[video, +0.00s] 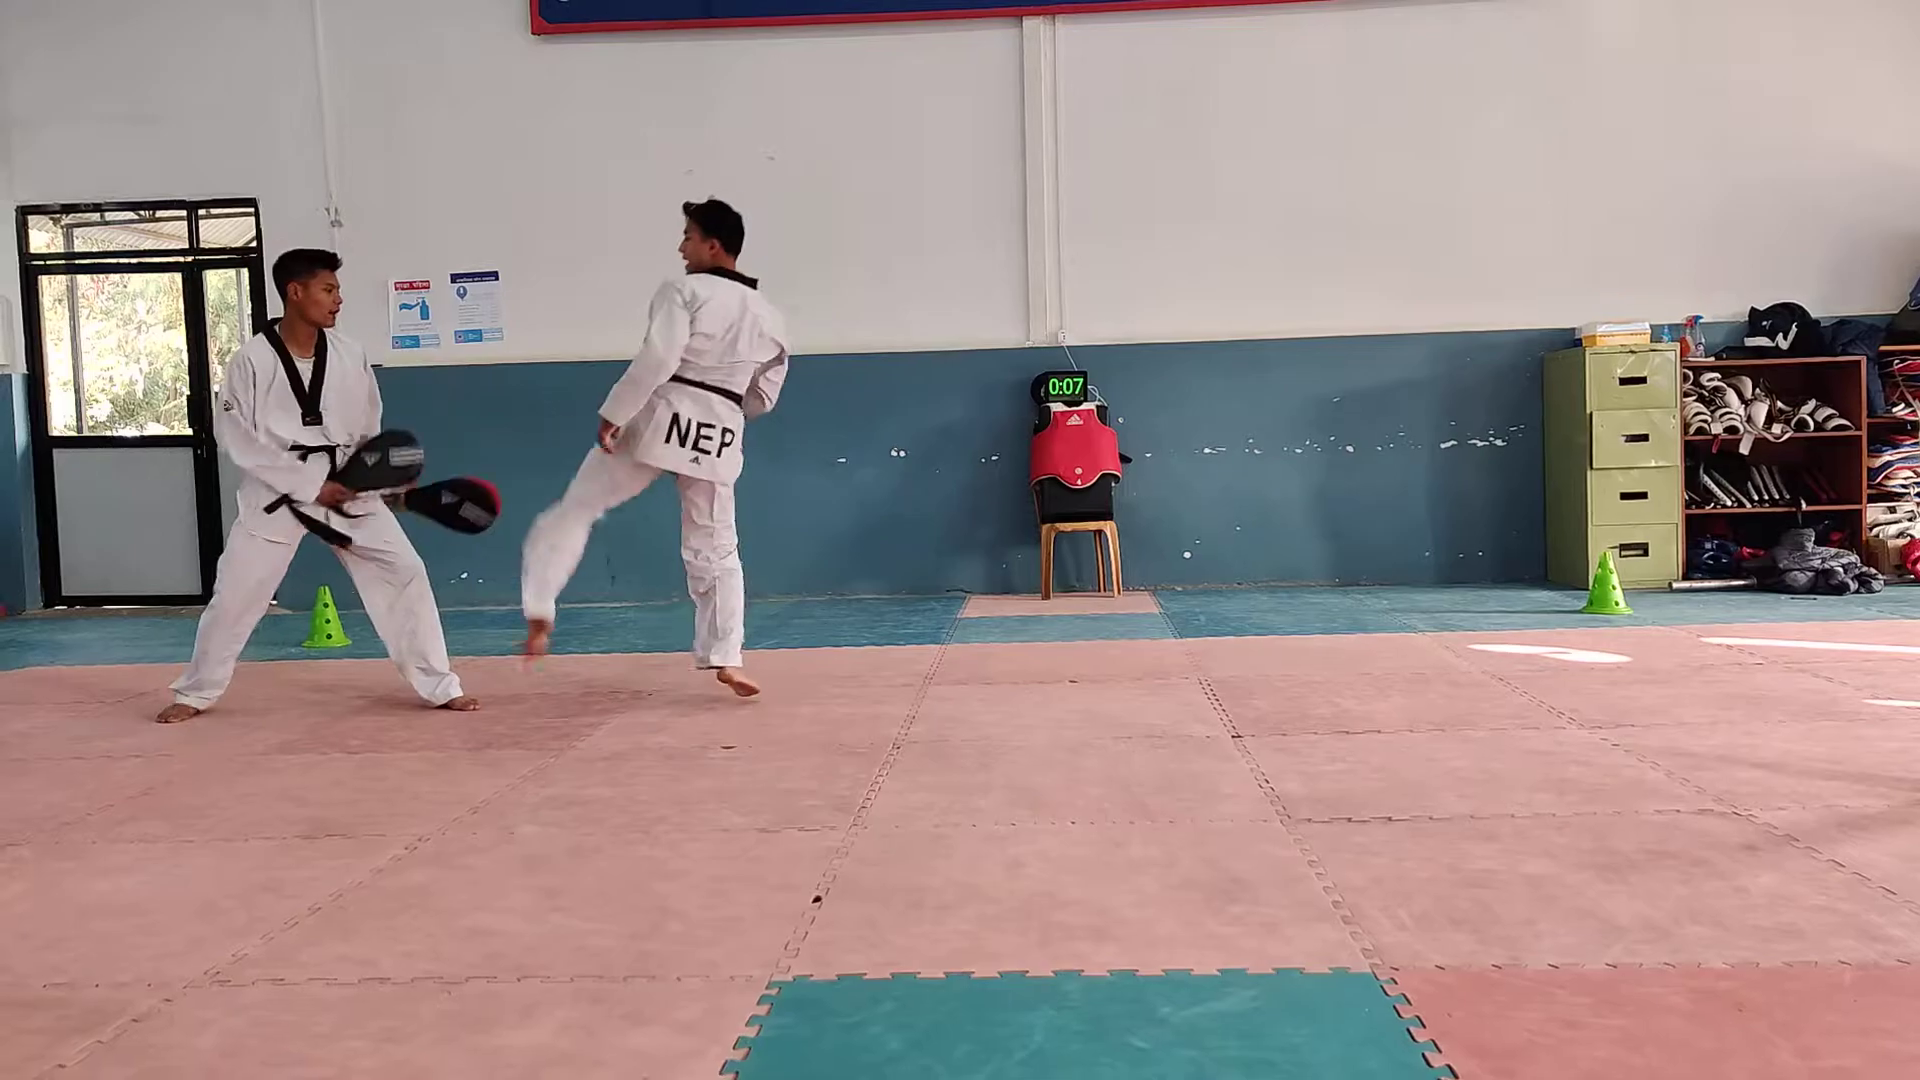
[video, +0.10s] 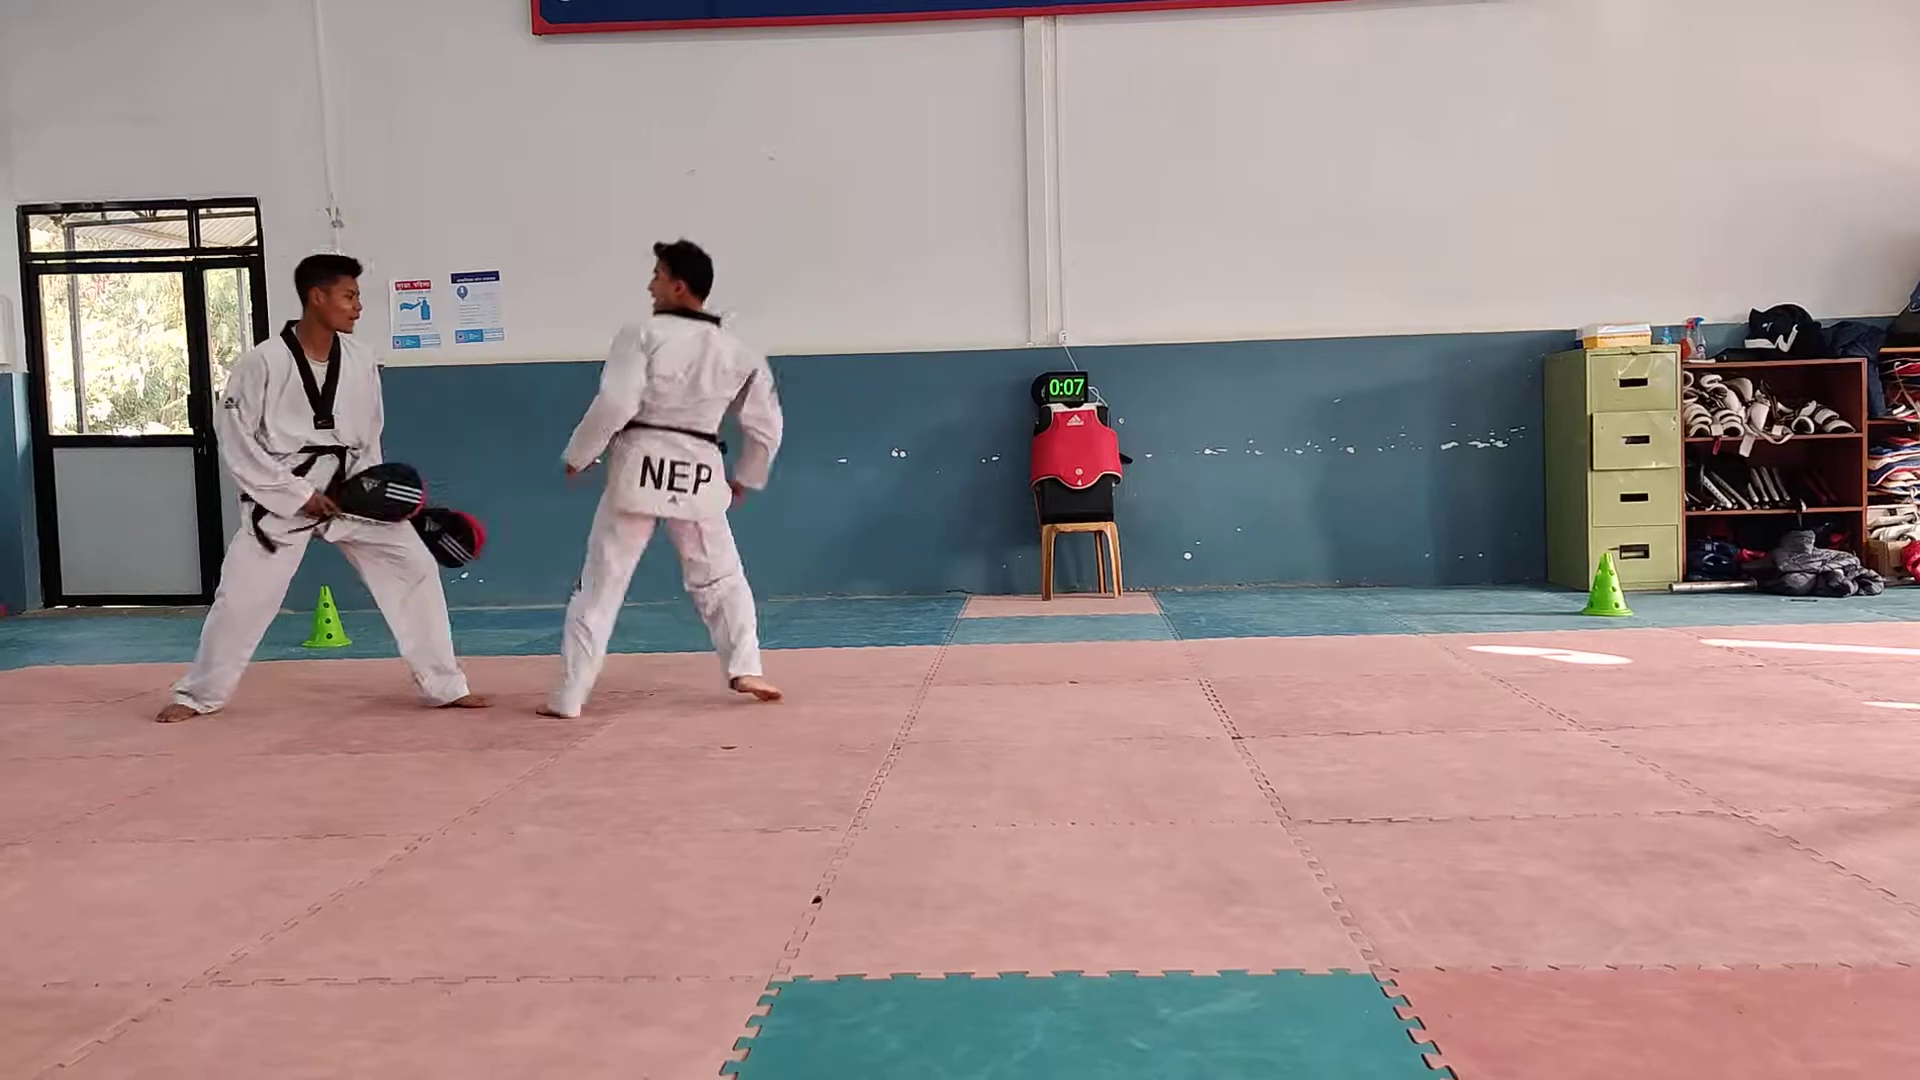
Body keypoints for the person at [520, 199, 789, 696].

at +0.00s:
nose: (681, 246)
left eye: (688, 237)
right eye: (684, 236)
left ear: (715, 245)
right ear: (726, 249)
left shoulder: (683, 289)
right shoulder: (767, 316)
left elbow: (658, 357)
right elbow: (762, 398)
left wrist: (612, 412)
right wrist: (717, 408)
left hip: (660, 416)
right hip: (720, 434)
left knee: (576, 509)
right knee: (716, 548)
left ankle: (539, 605)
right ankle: (726, 656)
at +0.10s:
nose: (650, 284)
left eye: (657, 277)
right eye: (654, 275)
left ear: (680, 287)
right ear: (694, 289)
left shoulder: (643, 333)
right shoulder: (736, 351)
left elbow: (617, 401)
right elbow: (766, 424)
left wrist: (579, 454)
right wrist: (746, 477)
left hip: (638, 467)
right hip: (701, 472)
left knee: (603, 580)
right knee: (720, 574)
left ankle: (569, 695)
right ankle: (746, 669)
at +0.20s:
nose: (636, 306)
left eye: (642, 296)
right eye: (638, 296)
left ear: (666, 303)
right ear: (684, 305)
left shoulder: (634, 356)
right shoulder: (728, 360)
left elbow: (609, 437)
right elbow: (770, 428)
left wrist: (573, 481)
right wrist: (780, 481)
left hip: (652, 484)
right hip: (717, 484)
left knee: (594, 591)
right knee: (748, 573)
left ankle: (569, 695)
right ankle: (761, 650)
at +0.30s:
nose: (656, 288)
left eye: (660, 278)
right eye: (656, 278)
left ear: (684, 281)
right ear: (701, 282)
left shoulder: (666, 330)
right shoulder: (753, 327)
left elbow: (651, 416)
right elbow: (798, 401)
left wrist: (637, 451)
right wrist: (786, 460)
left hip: (695, 463)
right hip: (756, 459)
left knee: (647, 569)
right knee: (773, 564)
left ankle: (611, 684)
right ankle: (796, 667)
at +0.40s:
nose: (685, 285)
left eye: (690, 275)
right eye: (686, 275)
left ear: (713, 279)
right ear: (730, 281)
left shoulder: (696, 330)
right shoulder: (783, 326)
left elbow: (662, 412)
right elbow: (831, 394)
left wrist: (647, 393)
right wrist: (800, 434)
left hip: (737, 461)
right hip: (796, 457)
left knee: (699, 564)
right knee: (810, 555)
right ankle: (829, 642)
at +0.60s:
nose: (774, 279)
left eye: (779, 270)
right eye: (775, 269)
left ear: (802, 274)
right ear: (818, 276)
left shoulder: (812, 321)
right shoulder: (854, 322)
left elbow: (838, 384)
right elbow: (806, 383)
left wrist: (795, 424)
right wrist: (767, 356)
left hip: (842, 453)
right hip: (884, 447)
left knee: (793, 564)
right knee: (905, 563)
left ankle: (846, 659)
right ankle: (946, 654)